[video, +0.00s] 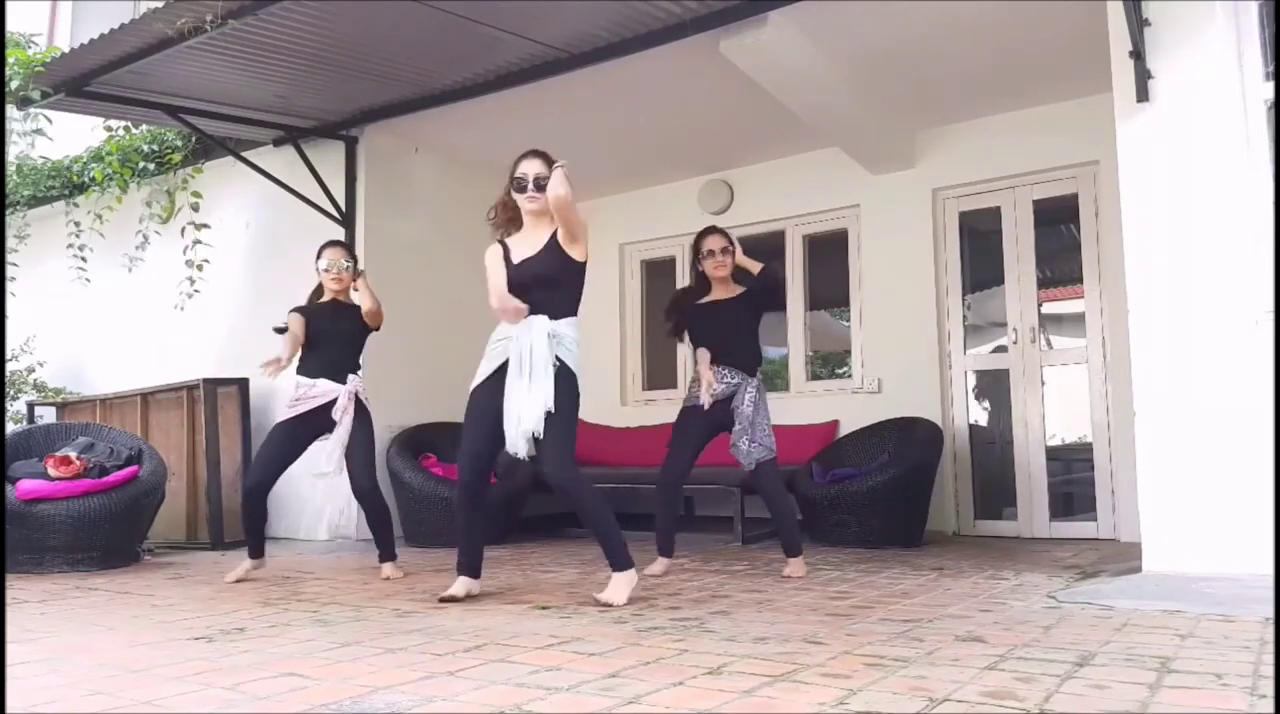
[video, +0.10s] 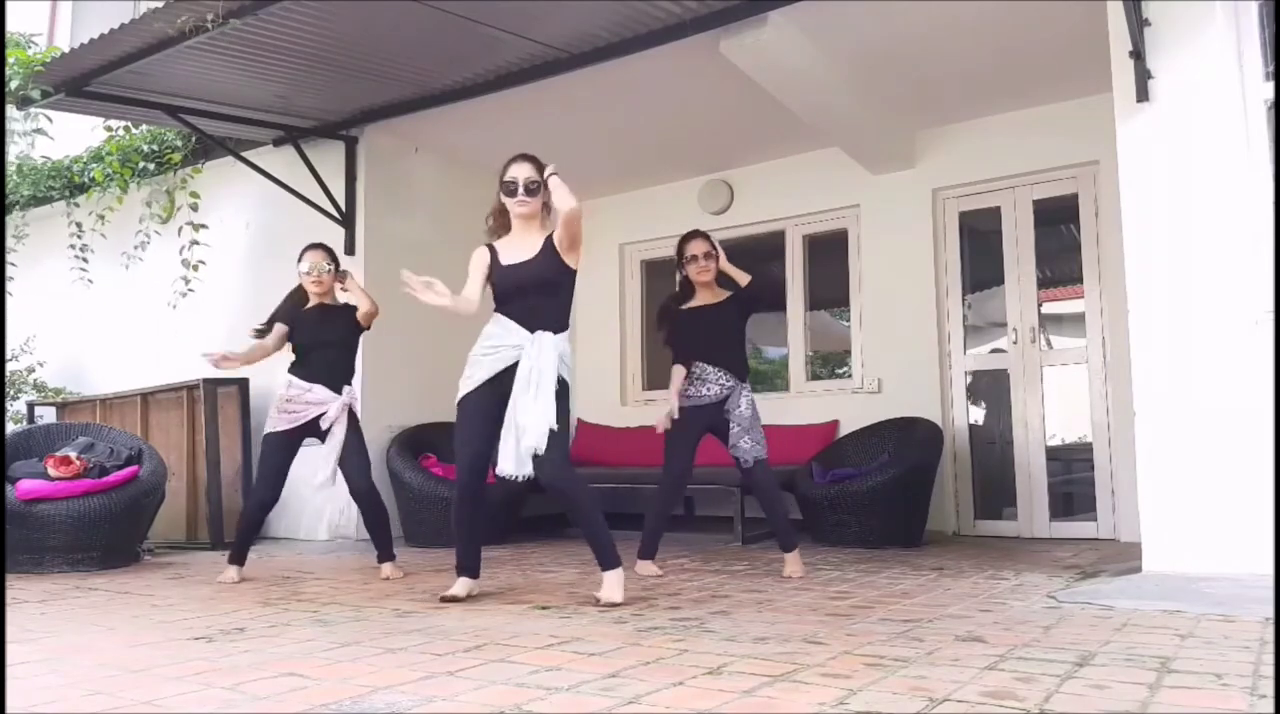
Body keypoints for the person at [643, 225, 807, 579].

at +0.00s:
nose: (718, 259)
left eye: (724, 252)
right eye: (709, 254)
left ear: (733, 258)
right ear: (699, 262)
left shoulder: (752, 294)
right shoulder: (693, 303)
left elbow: (779, 284)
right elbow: (699, 341)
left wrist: (743, 260)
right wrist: (703, 362)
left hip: (746, 392)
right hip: (706, 392)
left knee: (766, 477)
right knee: (670, 473)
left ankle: (795, 555)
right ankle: (664, 554)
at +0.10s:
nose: (702, 263)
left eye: (708, 256)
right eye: (693, 259)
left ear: (717, 260)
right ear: (683, 267)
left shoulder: (737, 299)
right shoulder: (678, 311)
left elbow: (771, 293)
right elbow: (680, 359)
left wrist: (726, 267)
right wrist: (671, 402)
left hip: (734, 401)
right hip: (690, 402)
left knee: (759, 477)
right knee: (672, 480)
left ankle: (790, 550)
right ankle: (645, 558)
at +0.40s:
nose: (693, 253)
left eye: (699, 246)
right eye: (685, 249)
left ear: (711, 249)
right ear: (677, 258)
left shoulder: (728, 293)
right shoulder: (672, 299)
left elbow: (763, 288)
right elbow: (637, 326)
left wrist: (724, 256)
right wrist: (606, 342)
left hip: (723, 394)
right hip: (680, 392)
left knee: (762, 468)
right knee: (668, 474)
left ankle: (746, 555)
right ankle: (643, 556)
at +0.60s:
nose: (705, 255)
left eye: (713, 249)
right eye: (698, 250)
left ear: (727, 254)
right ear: (691, 256)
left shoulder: (745, 299)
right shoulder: (682, 305)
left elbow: (778, 316)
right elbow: (670, 349)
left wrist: (766, 269)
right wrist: (670, 378)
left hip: (736, 393)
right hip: (693, 392)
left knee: (755, 479)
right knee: (661, 474)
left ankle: (788, 556)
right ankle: (666, 551)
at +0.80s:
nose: (700, 249)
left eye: (708, 243)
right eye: (693, 243)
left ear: (720, 250)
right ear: (686, 251)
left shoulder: (735, 290)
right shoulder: (683, 296)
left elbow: (787, 328)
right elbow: (664, 345)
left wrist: (836, 333)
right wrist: (676, 304)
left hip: (731, 390)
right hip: (698, 391)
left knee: (743, 474)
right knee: (661, 469)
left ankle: (788, 555)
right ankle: (688, 557)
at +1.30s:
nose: (726, 243)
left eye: (733, 236)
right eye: (718, 239)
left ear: (745, 244)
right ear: (710, 250)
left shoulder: (768, 295)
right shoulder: (702, 297)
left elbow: (780, 353)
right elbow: (685, 351)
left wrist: (787, 406)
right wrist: (675, 401)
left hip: (754, 392)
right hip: (705, 393)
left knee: (772, 475)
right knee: (687, 475)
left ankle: (787, 556)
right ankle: (678, 557)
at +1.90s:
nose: (749, 246)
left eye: (754, 240)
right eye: (739, 243)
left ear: (763, 248)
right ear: (729, 257)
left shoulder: (779, 303)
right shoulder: (716, 299)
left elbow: (784, 359)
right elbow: (694, 353)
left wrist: (790, 407)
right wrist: (683, 403)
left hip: (763, 398)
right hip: (715, 397)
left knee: (782, 477)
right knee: (697, 476)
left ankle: (788, 557)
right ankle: (679, 558)